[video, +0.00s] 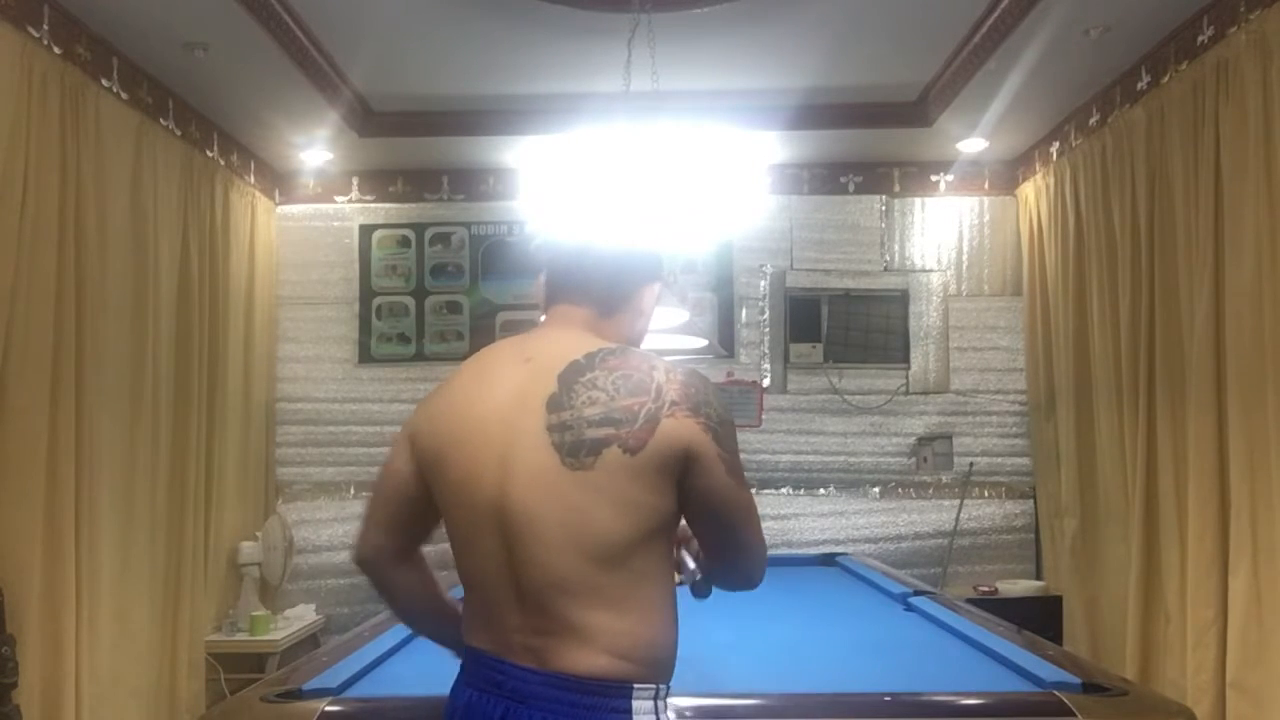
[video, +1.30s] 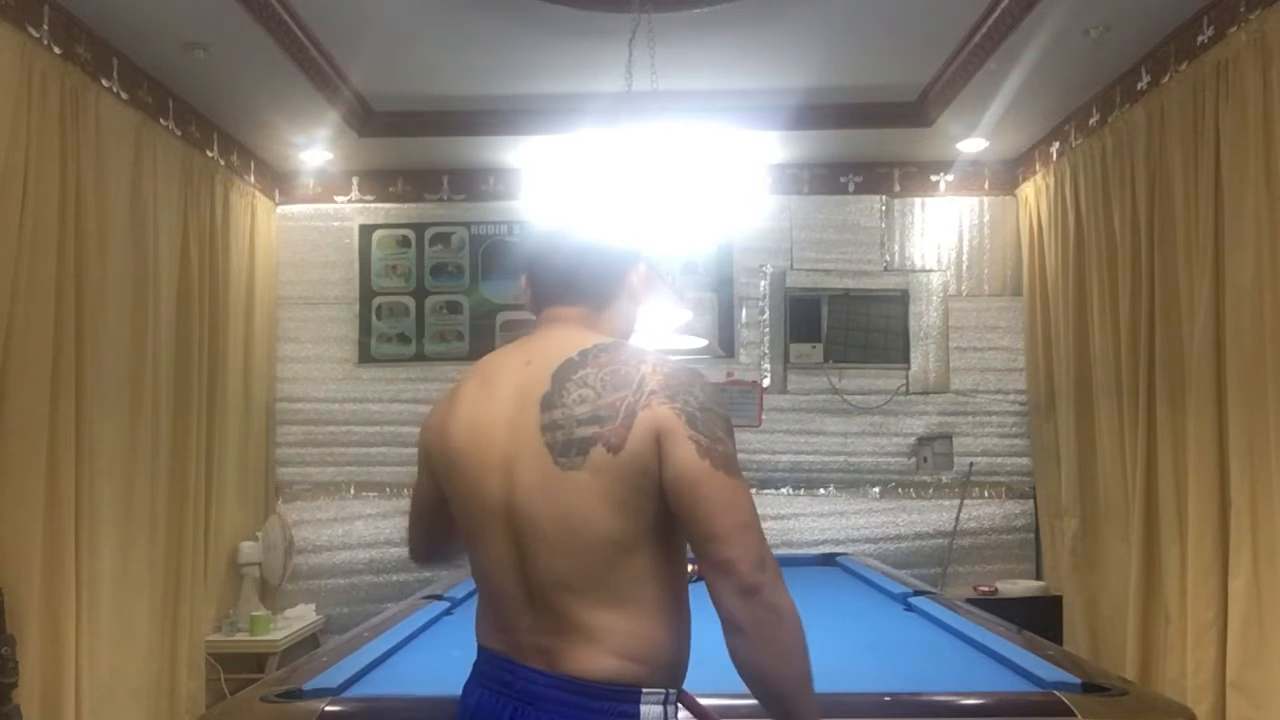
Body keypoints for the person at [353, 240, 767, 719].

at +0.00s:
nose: (655, 309)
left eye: (658, 293)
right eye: (656, 292)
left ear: (546, 287)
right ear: (642, 293)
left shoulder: (456, 391)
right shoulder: (674, 396)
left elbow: (381, 549)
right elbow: (743, 569)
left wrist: (462, 637)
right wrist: (690, 545)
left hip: (480, 697)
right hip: (611, 703)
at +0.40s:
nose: (642, 292)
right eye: (642, 280)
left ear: (526, 285)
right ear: (632, 284)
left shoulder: (442, 398)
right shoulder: (677, 396)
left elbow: (353, 563)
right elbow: (763, 577)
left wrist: (419, 684)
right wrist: (716, 617)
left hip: (485, 694)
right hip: (621, 699)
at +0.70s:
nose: (645, 297)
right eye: (645, 285)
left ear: (524, 289)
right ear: (632, 286)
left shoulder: (454, 400)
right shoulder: (674, 393)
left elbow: (376, 566)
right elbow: (757, 578)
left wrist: (462, 650)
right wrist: (711, 659)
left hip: (492, 699)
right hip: (635, 702)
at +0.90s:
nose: (650, 293)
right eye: (649, 280)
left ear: (524, 287)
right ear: (634, 282)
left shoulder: (456, 404)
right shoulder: (670, 390)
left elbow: (433, 582)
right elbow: (748, 581)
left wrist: (518, 622)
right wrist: (706, 659)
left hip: (491, 697)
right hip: (629, 704)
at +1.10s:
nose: (649, 293)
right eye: (647, 278)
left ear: (526, 288)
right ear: (635, 280)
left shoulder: (458, 402)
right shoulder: (659, 387)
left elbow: (452, 580)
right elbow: (745, 589)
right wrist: (756, 704)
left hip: (491, 694)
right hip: (623, 703)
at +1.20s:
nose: (653, 290)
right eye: (651, 276)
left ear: (527, 286)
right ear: (636, 279)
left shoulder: (457, 405)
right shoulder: (661, 389)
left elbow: (443, 567)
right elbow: (744, 588)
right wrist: (774, 708)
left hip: (491, 694)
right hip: (622, 704)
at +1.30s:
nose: (647, 297)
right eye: (648, 282)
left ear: (527, 287)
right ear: (636, 281)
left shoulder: (461, 397)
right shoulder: (664, 390)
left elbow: (428, 544)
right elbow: (747, 583)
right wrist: (799, 710)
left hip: (492, 695)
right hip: (621, 703)